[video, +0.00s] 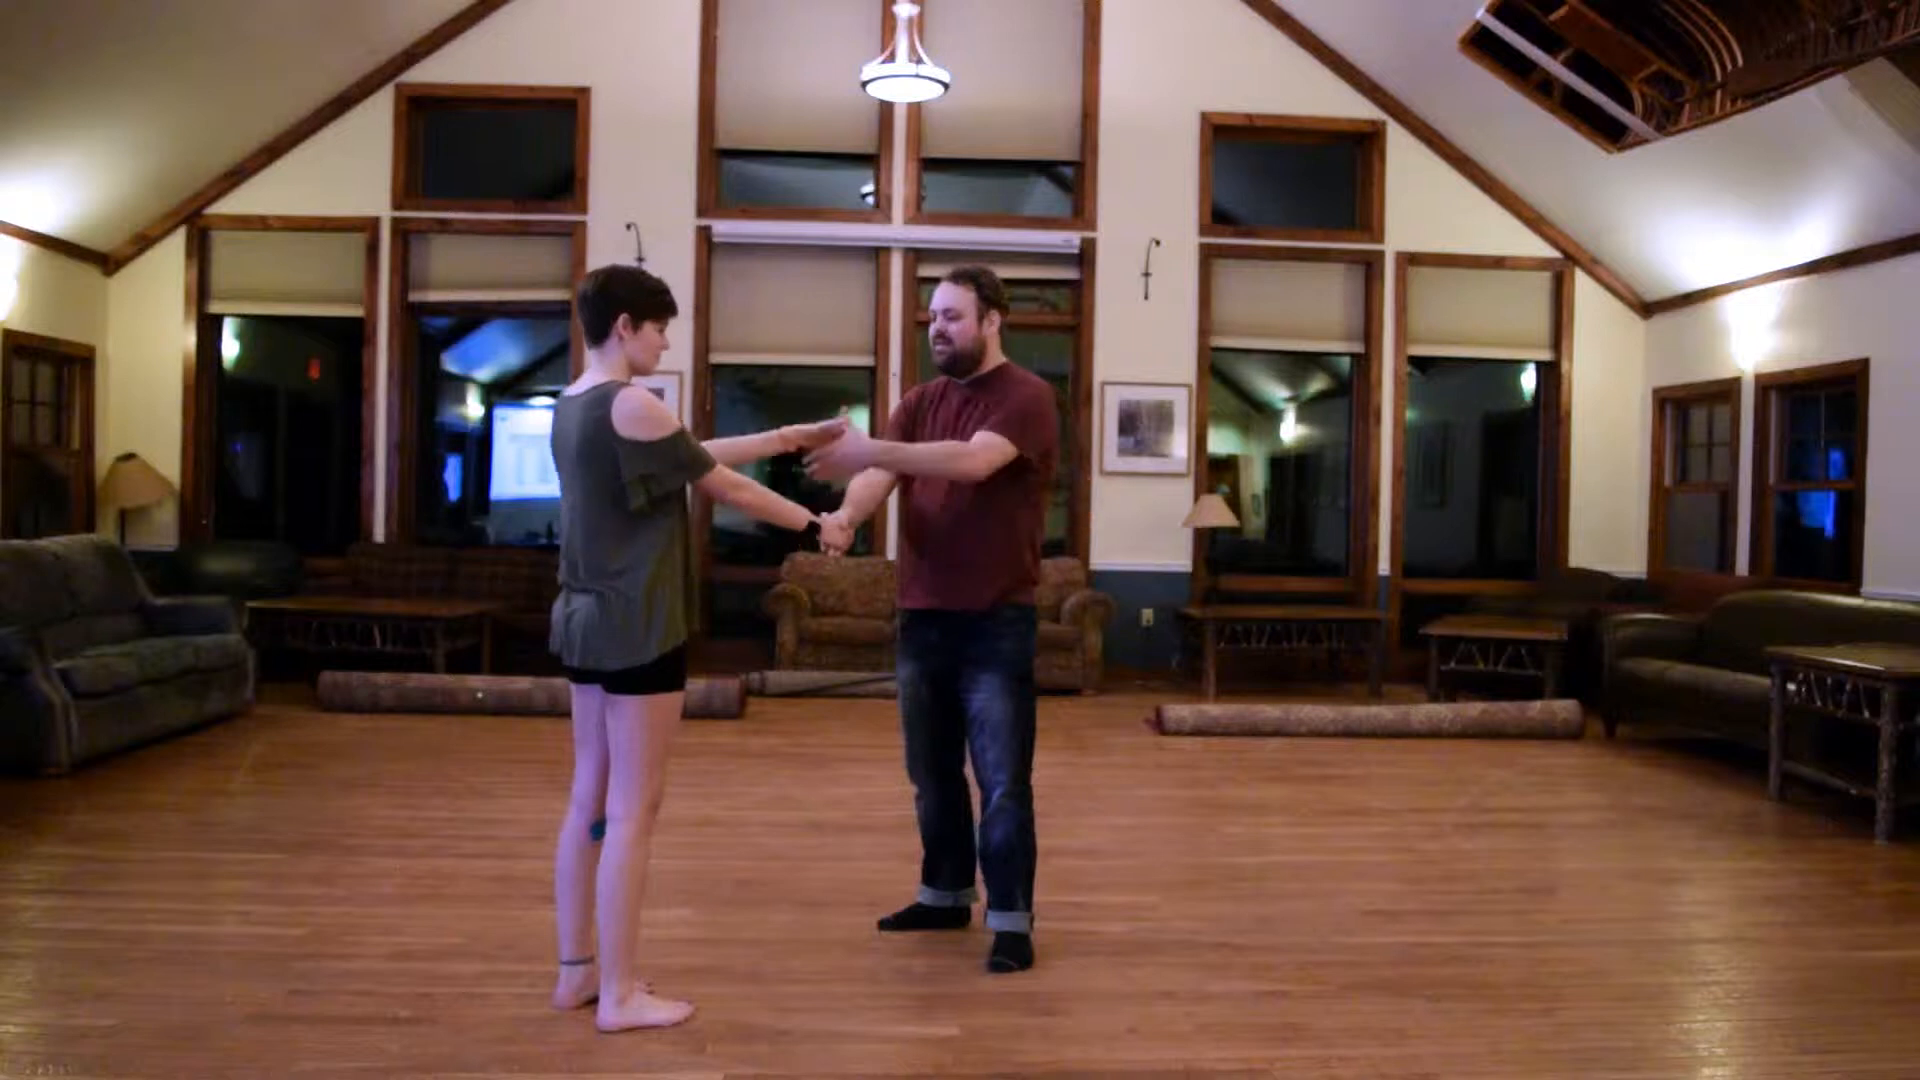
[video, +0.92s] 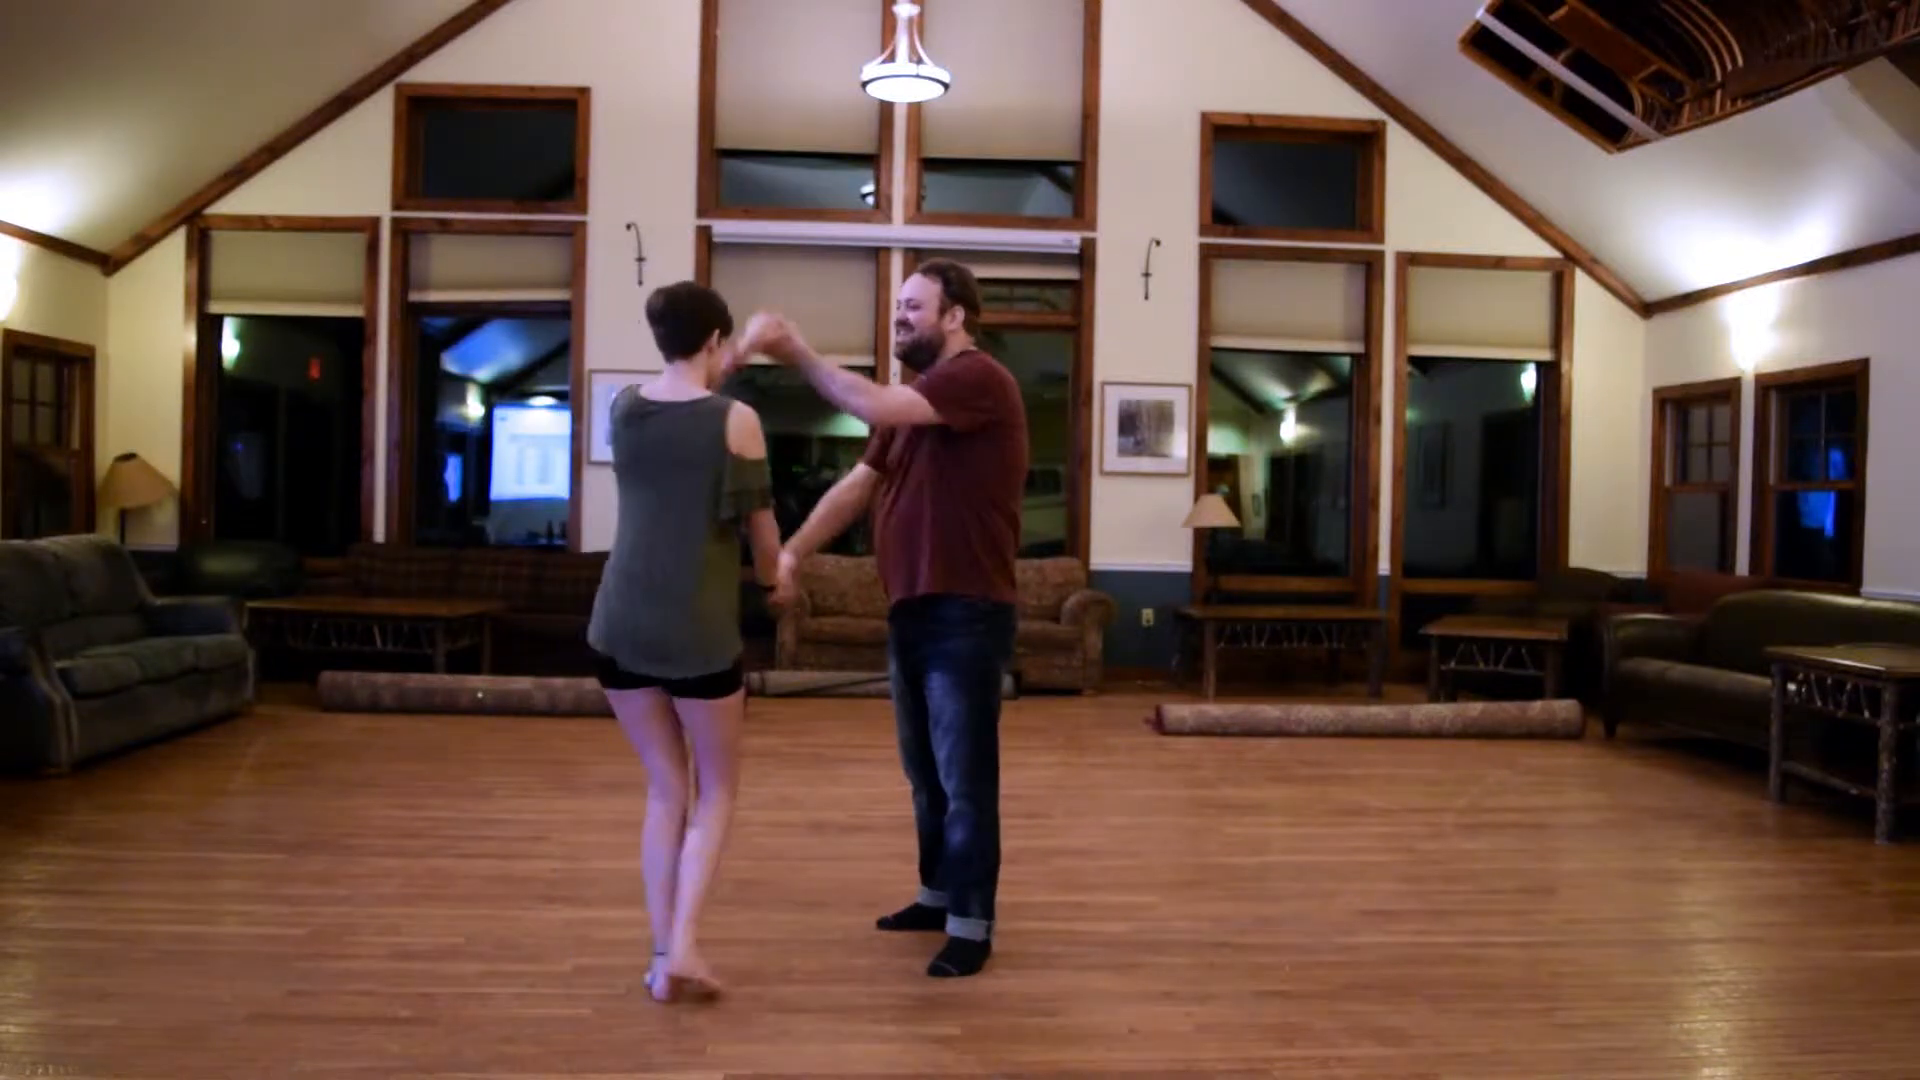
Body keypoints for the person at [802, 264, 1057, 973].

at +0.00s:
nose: (938, 329)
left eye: (952, 317)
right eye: (932, 318)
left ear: (992, 322)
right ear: (928, 326)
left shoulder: (1025, 395)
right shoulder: (918, 404)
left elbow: (973, 462)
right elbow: (881, 471)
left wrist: (870, 450)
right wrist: (843, 516)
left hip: (996, 616)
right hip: (923, 614)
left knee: (1001, 777)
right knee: (932, 770)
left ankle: (1011, 921)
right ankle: (944, 897)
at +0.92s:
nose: (898, 319)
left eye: (912, 308)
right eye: (898, 309)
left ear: (955, 316)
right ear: (914, 317)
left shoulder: (981, 378)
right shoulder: (908, 398)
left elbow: (884, 406)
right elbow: (859, 484)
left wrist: (803, 357)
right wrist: (791, 553)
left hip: (968, 604)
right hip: (914, 604)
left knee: (963, 769)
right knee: (925, 763)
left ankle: (972, 924)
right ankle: (941, 897)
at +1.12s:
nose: (897, 314)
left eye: (913, 302)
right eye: (898, 304)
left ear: (953, 310)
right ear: (915, 312)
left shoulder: (977, 372)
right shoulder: (907, 387)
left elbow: (868, 336)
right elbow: (824, 413)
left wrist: (773, 263)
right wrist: (742, 419)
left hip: (967, 602)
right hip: (913, 602)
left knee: (961, 770)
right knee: (925, 765)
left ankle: (972, 924)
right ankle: (942, 898)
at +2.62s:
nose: (917, 314)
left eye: (933, 304)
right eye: (916, 304)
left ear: (972, 317)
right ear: (913, 314)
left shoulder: (989, 378)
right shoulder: (915, 373)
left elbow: (900, 361)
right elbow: (864, 342)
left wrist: (875, 284)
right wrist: (859, 266)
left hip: (954, 599)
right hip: (896, 598)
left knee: (959, 771)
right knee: (917, 768)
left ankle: (980, 921)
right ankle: (939, 899)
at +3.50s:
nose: (906, 330)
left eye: (921, 317)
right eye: (901, 317)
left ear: (960, 321)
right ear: (903, 322)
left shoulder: (980, 390)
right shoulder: (919, 385)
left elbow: (901, 440)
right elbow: (858, 416)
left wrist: (898, 354)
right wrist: (864, 337)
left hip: (965, 611)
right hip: (904, 608)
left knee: (967, 771)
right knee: (901, 762)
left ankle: (985, 922)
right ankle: (917, 906)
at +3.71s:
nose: (914, 329)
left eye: (930, 317)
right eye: (910, 317)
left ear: (969, 322)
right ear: (908, 323)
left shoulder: (989, 394)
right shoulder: (921, 388)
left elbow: (906, 439)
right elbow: (870, 438)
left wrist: (908, 357)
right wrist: (870, 343)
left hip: (966, 614)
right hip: (905, 611)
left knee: (969, 776)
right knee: (908, 769)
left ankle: (993, 924)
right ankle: (918, 909)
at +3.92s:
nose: (939, 330)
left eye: (955, 317)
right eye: (935, 317)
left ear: (995, 323)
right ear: (936, 325)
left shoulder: (1013, 392)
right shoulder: (953, 386)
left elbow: (925, 431)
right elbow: (890, 412)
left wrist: (929, 354)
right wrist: (891, 331)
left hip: (995, 618)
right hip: (934, 614)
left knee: (999, 773)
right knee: (918, 762)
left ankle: (1031, 926)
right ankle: (919, 908)